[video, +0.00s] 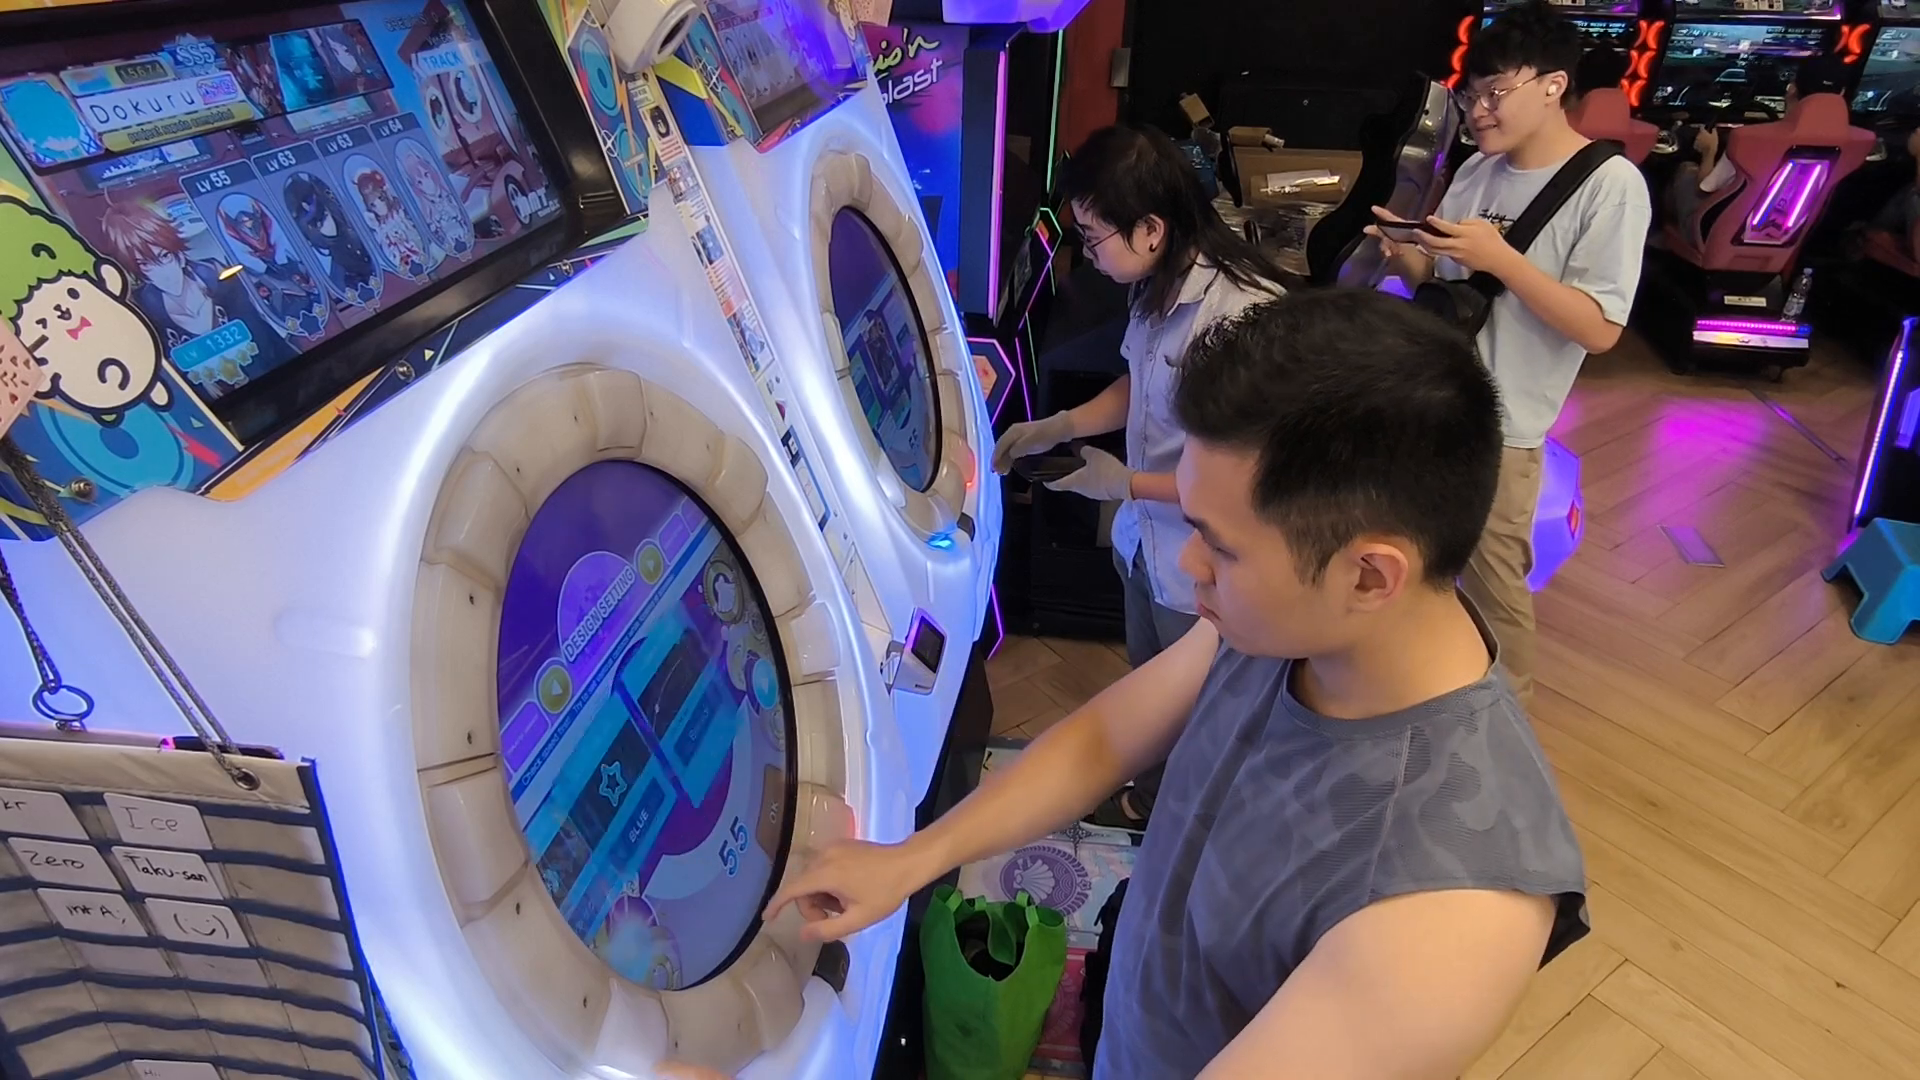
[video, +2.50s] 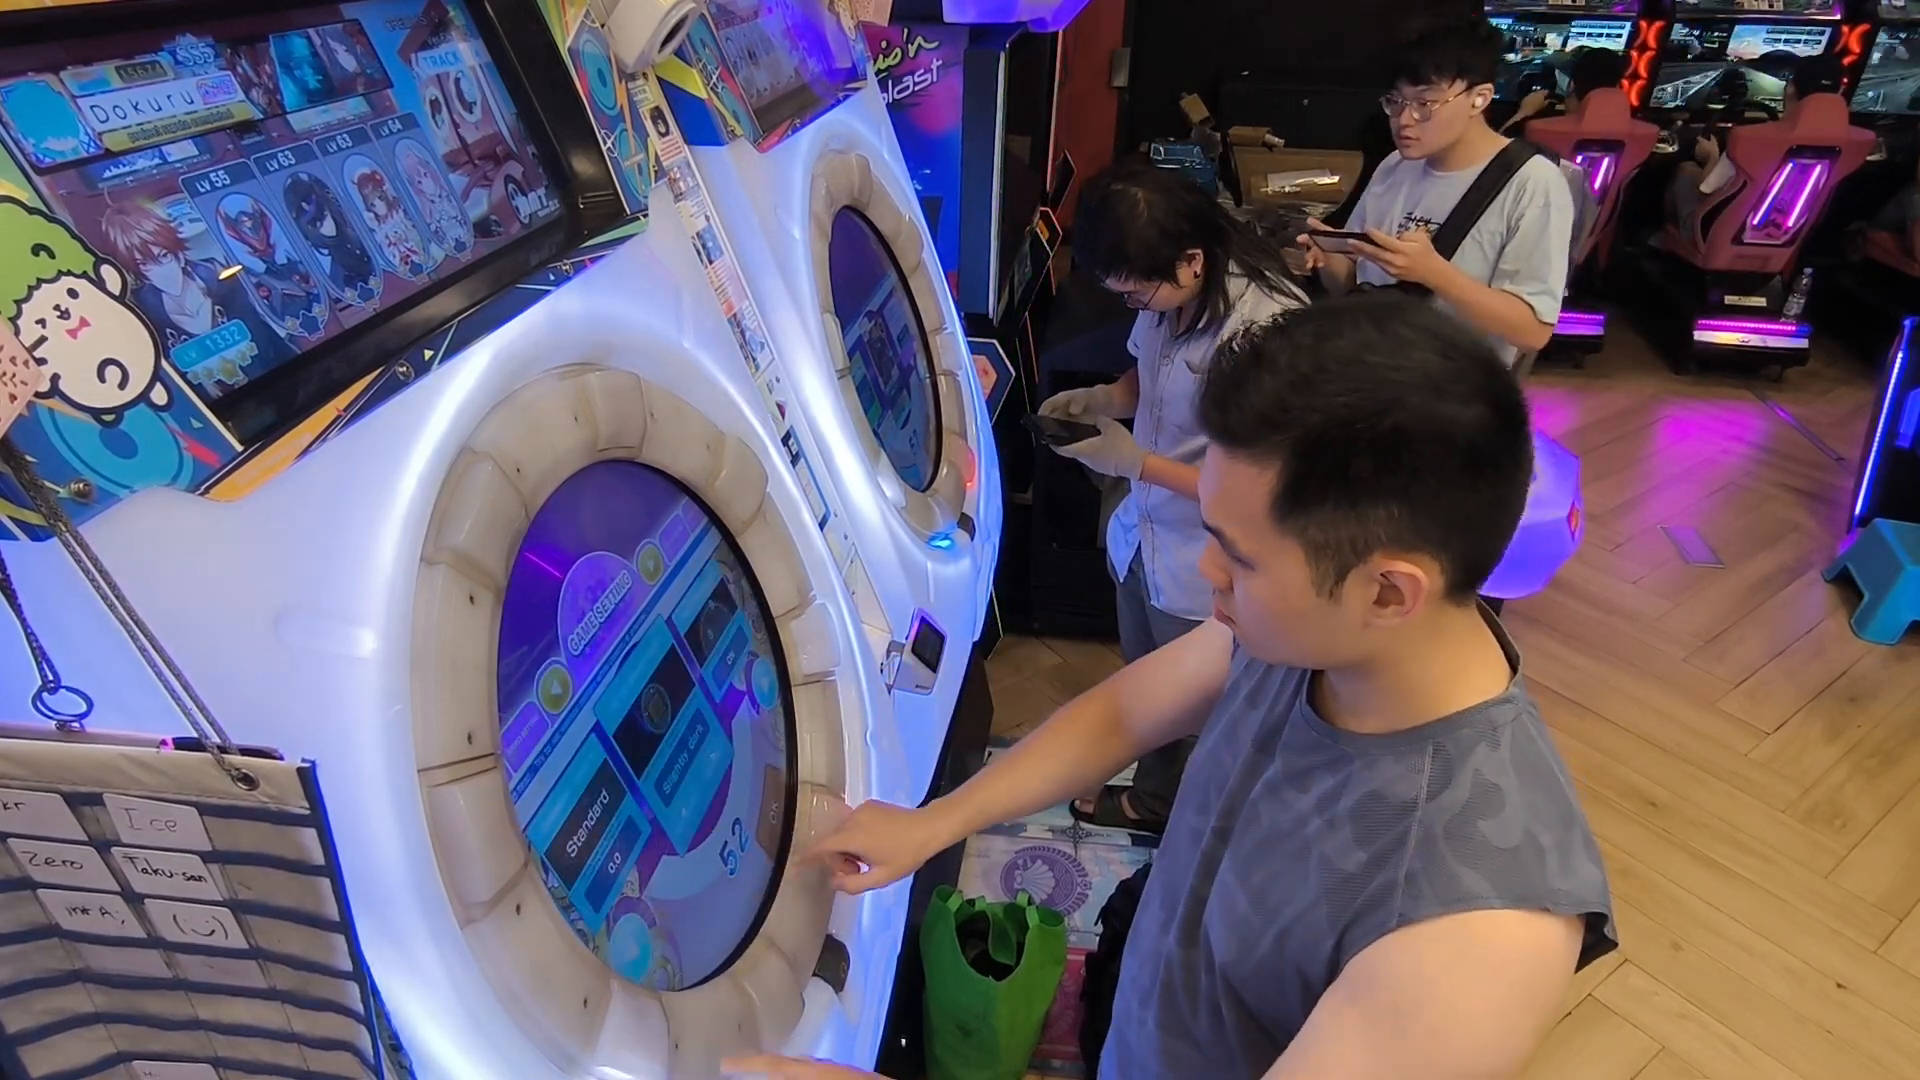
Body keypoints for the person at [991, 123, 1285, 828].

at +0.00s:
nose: (1089, 252)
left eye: (1096, 237)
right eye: (1084, 237)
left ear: (1151, 231)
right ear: (1146, 231)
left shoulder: (1232, 323)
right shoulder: (1157, 289)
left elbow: (1244, 487)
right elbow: (1138, 391)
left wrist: (1129, 483)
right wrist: (1054, 430)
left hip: (1200, 550)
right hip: (1145, 528)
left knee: (1190, 699)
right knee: (1146, 679)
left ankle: (1179, 815)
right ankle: (1143, 792)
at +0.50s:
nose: (1093, 259)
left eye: (1101, 244)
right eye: (1085, 244)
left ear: (1158, 229)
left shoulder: (1235, 322)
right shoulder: (1148, 278)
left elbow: (1242, 476)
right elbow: (1133, 383)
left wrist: (1119, 475)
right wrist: (1063, 413)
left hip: (1203, 544)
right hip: (1143, 521)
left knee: (1193, 687)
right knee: (1148, 671)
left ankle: (1186, 807)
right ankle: (1152, 787)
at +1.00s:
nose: (1130, 233)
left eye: (1152, 214)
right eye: (1117, 212)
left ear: (1207, 212)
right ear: (1105, 209)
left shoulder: (1247, 324)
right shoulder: (1145, 284)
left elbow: (1259, 481)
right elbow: (1124, 379)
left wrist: (1134, 479)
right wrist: (1043, 414)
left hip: (1202, 567)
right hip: (1135, 534)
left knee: (1187, 706)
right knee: (1145, 684)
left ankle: (1173, 817)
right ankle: (1151, 789)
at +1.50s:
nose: (1133, 257)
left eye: (1152, 241)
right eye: (1122, 238)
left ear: (1212, 222)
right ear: (1111, 218)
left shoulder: (1260, 329)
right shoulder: (1152, 282)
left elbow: (1262, 486)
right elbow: (1135, 375)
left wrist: (1138, 476)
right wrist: (1088, 406)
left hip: (1211, 557)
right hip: (1145, 527)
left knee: (1198, 703)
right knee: (1151, 675)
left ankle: (1195, 836)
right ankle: (1153, 795)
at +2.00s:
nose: (1129, 285)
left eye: (1139, 272)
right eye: (1119, 272)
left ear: (1193, 251)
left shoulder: (1261, 333)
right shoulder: (1167, 291)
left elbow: (1265, 490)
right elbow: (1150, 381)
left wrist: (1142, 465)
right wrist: (1098, 403)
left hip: (1218, 545)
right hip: (1153, 523)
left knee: (1205, 688)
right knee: (1150, 671)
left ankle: (1201, 816)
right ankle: (1152, 791)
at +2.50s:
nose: (1129, 300)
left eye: (1138, 288)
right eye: (1120, 289)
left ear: (1192, 264)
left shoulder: (1262, 336)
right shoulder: (1167, 300)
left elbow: (1253, 489)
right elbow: (1147, 385)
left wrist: (1140, 463)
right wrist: (1096, 402)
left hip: (1205, 552)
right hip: (1144, 530)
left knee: (1184, 696)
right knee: (1143, 683)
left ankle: (1167, 809)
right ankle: (1144, 794)